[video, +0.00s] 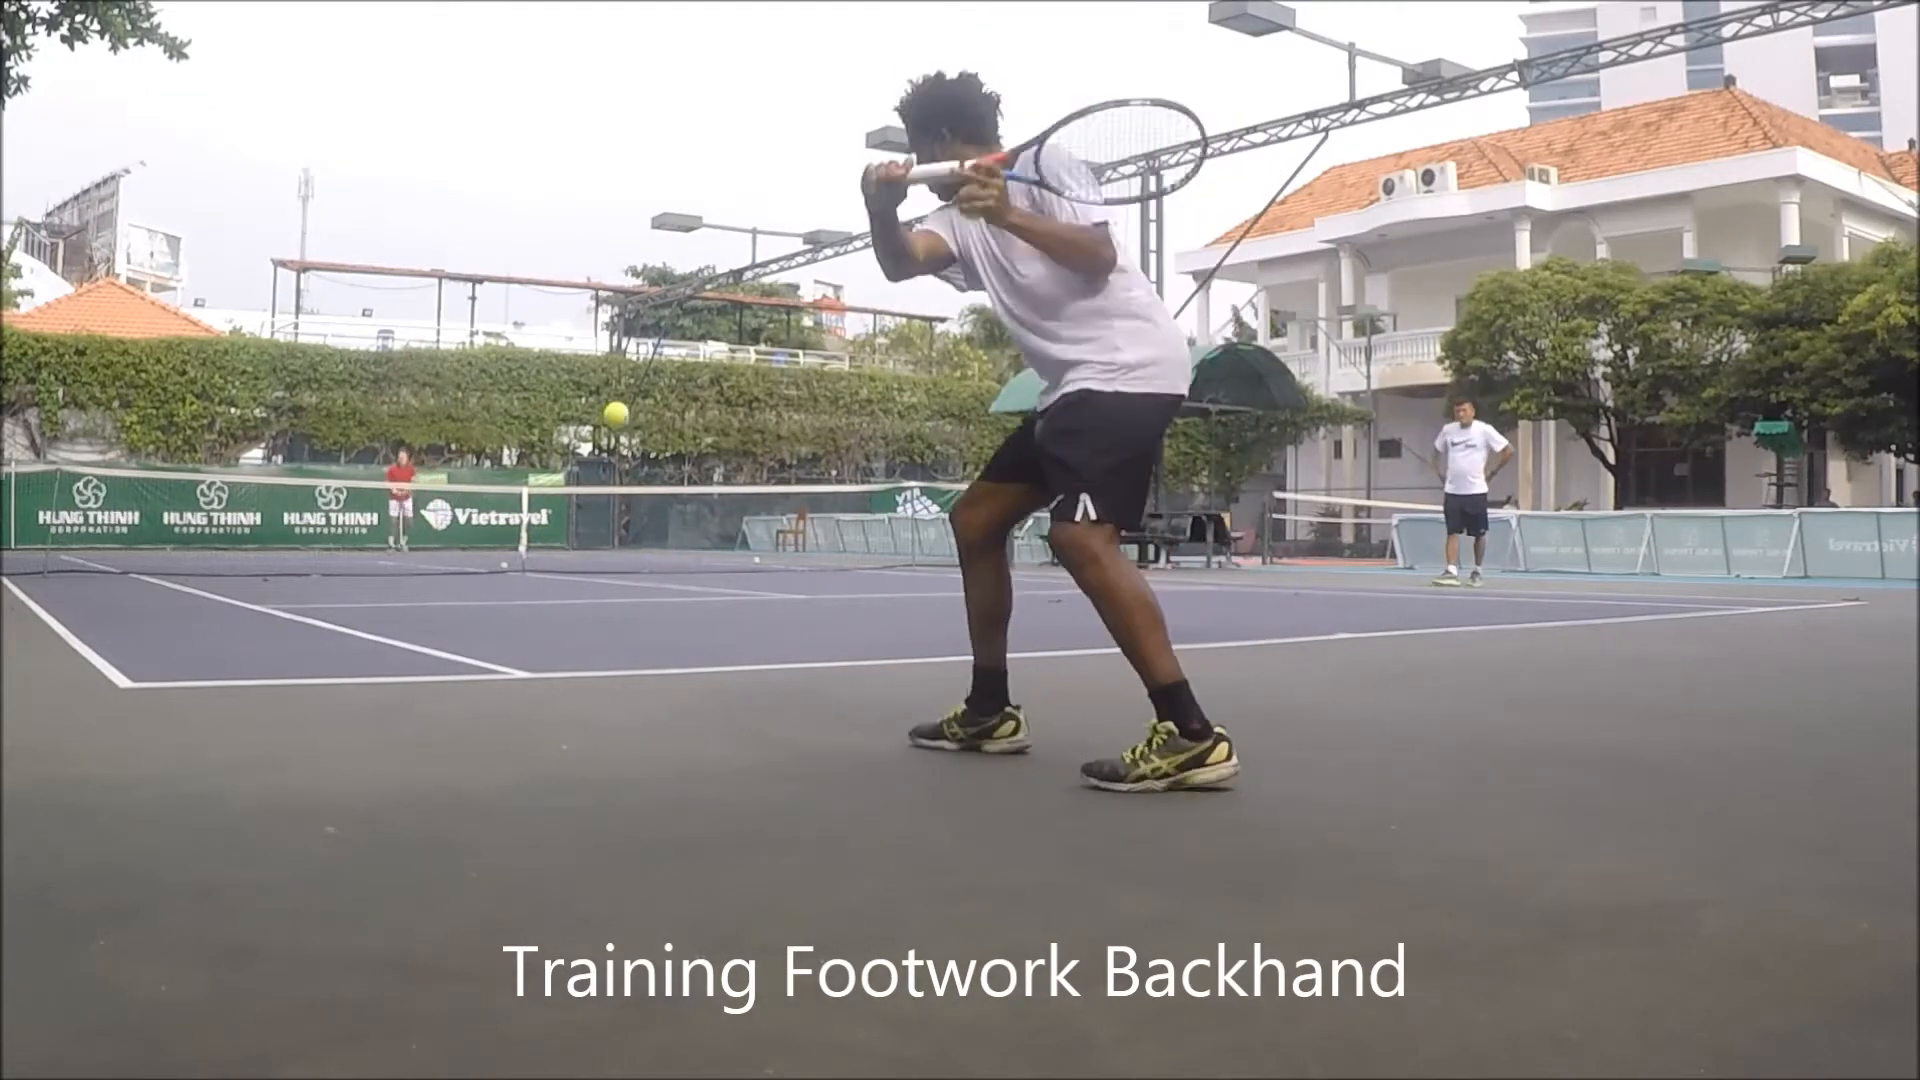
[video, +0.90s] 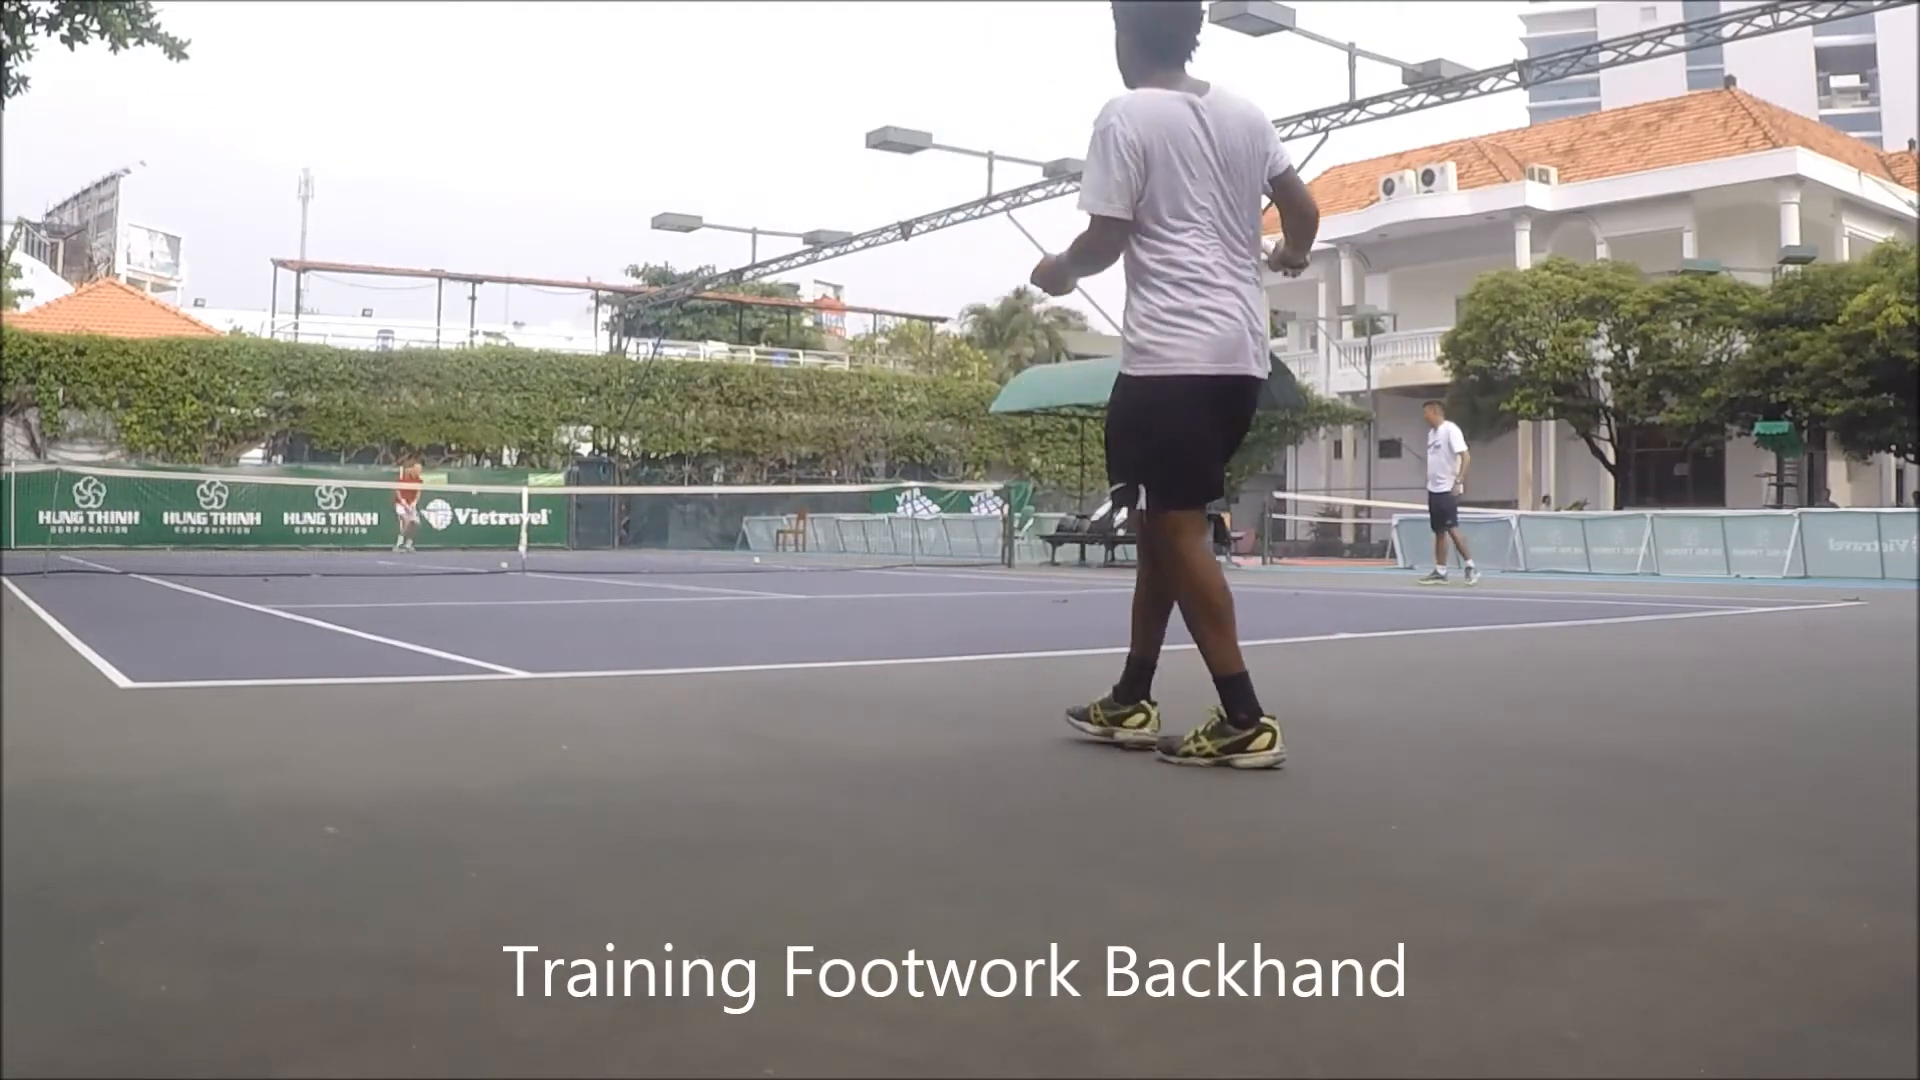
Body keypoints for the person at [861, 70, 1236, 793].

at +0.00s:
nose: (927, 169)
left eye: (927, 154)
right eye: (923, 159)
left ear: (951, 144)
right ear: (978, 143)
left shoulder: (1045, 162)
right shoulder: (964, 221)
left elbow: (1098, 254)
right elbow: (900, 262)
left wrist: (1007, 215)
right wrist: (881, 209)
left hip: (1133, 365)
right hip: (1073, 383)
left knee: (1081, 537)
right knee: (974, 520)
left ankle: (1189, 732)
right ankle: (989, 710)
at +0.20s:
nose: (881, 187)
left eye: (880, 170)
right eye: (875, 173)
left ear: (911, 159)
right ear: (917, 160)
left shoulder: (1004, 172)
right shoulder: (952, 249)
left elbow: (1095, 219)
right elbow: (970, 341)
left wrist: (1053, 240)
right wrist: (970, 422)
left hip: (1115, 363)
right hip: (1063, 380)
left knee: (1060, 535)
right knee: (976, 519)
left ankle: (1200, 700)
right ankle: (991, 708)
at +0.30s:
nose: (898, 166)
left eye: (895, 149)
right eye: (892, 152)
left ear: (921, 141)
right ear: (938, 136)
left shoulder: (1001, 161)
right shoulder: (983, 193)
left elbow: (1079, 226)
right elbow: (1044, 268)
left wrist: (1027, 268)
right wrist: (1007, 311)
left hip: (1107, 362)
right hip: (1066, 373)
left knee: (1053, 538)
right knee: (985, 518)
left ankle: (1207, 681)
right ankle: (991, 706)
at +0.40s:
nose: (936, 121)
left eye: (935, 106)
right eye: (933, 107)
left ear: (956, 103)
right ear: (1001, 92)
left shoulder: (1014, 144)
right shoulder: (1051, 141)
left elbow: (1055, 239)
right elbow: (1118, 212)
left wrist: (974, 315)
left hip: (1083, 364)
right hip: (1104, 360)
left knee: (1056, 538)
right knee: (999, 515)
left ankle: (1210, 678)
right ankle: (991, 705)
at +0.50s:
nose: (979, 81)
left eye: (981, 66)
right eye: (979, 66)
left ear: (1001, 68)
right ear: (1053, 63)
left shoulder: (1037, 135)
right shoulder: (1105, 128)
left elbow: (1036, 255)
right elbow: (1172, 187)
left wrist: (951, 322)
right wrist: (1120, 146)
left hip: (1077, 368)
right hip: (1130, 368)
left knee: (1078, 542)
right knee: (1020, 518)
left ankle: (1207, 688)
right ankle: (994, 704)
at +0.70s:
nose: (1060, 64)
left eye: (1062, 49)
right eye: (1061, 48)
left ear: (1079, 52)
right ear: (1137, 49)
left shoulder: (1084, 137)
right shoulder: (1195, 131)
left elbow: (1035, 261)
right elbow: (1262, 197)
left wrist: (981, 278)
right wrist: (1227, 174)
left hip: (1122, 373)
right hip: (1188, 373)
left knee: (1134, 545)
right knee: (1081, 533)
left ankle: (1240, 715)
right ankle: (1010, 698)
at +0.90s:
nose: (1113, 45)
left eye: (1117, 31)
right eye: (1122, 30)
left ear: (1125, 36)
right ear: (1192, 38)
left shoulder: (1127, 115)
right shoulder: (1243, 115)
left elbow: (1107, 237)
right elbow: (1303, 208)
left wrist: (1062, 269)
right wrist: (1291, 255)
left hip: (1167, 360)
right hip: (1240, 361)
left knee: (1182, 533)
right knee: (1158, 525)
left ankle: (1245, 719)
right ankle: (1132, 697)